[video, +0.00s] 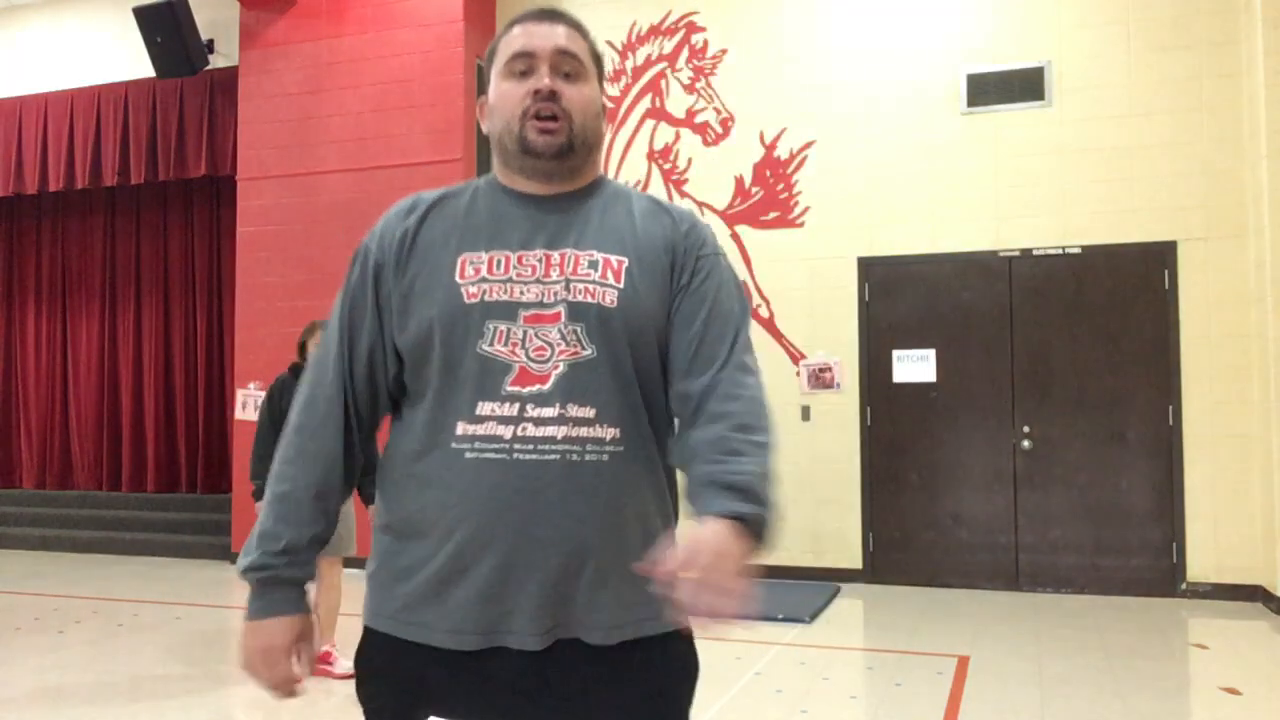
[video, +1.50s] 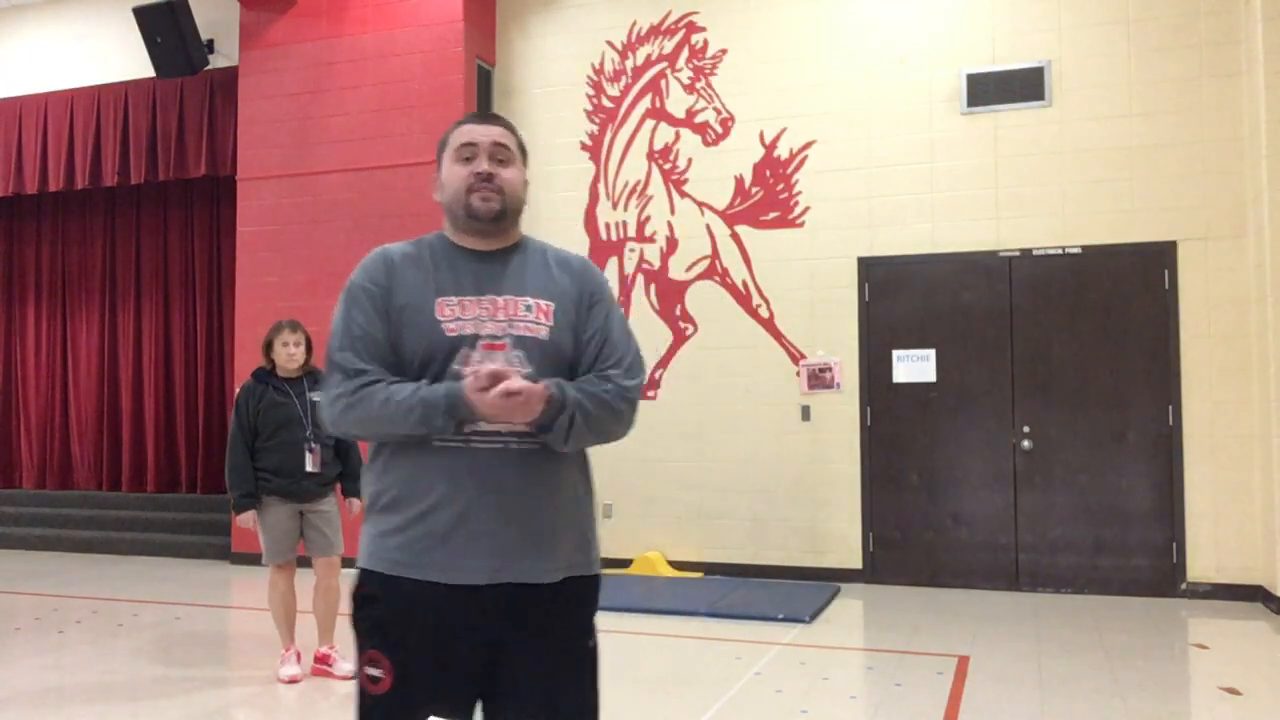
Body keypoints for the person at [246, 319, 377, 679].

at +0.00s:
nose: (323, 354)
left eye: (328, 347)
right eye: (317, 346)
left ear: (338, 350)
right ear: (304, 348)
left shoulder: (346, 387)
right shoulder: (286, 385)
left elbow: (363, 439)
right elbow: (265, 438)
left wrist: (369, 489)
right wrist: (260, 485)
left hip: (335, 489)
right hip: (289, 487)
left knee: (330, 565)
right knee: (289, 568)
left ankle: (325, 647)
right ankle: (290, 647)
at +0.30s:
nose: (307, 353)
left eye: (313, 347)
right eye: (300, 347)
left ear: (323, 351)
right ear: (286, 352)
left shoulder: (339, 389)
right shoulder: (269, 389)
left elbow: (356, 442)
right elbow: (251, 446)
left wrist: (357, 495)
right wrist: (253, 499)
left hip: (331, 492)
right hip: (285, 494)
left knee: (335, 570)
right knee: (287, 568)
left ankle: (327, 651)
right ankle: (290, 651)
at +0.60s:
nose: (298, 352)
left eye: (304, 345)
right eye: (290, 346)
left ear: (314, 350)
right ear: (278, 352)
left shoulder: (331, 387)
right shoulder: (260, 392)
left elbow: (351, 435)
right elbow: (244, 448)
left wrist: (359, 484)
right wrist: (247, 501)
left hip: (325, 491)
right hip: (277, 494)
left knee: (334, 566)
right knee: (284, 569)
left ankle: (326, 651)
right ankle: (289, 652)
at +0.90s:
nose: (295, 351)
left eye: (301, 345)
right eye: (287, 346)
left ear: (311, 350)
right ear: (274, 352)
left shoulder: (328, 387)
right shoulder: (258, 392)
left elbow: (347, 436)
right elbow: (241, 450)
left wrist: (341, 476)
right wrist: (246, 502)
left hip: (323, 493)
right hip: (276, 495)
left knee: (330, 567)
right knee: (283, 570)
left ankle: (327, 651)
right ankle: (289, 652)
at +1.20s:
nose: (294, 350)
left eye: (300, 344)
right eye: (286, 345)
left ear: (309, 349)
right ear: (273, 351)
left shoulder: (326, 387)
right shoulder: (255, 393)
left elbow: (346, 438)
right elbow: (239, 449)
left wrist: (354, 485)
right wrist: (244, 501)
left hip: (322, 494)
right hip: (275, 495)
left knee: (330, 566)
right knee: (282, 569)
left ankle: (326, 651)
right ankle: (289, 652)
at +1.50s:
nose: (292, 350)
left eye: (298, 344)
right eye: (284, 344)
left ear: (307, 349)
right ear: (271, 351)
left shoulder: (324, 385)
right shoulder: (254, 392)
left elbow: (344, 434)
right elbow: (238, 448)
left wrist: (352, 483)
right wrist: (243, 501)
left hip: (322, 493)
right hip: (275, 495)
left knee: (329, 567)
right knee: (282, 570)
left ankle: (326, 650)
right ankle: (289, 652)